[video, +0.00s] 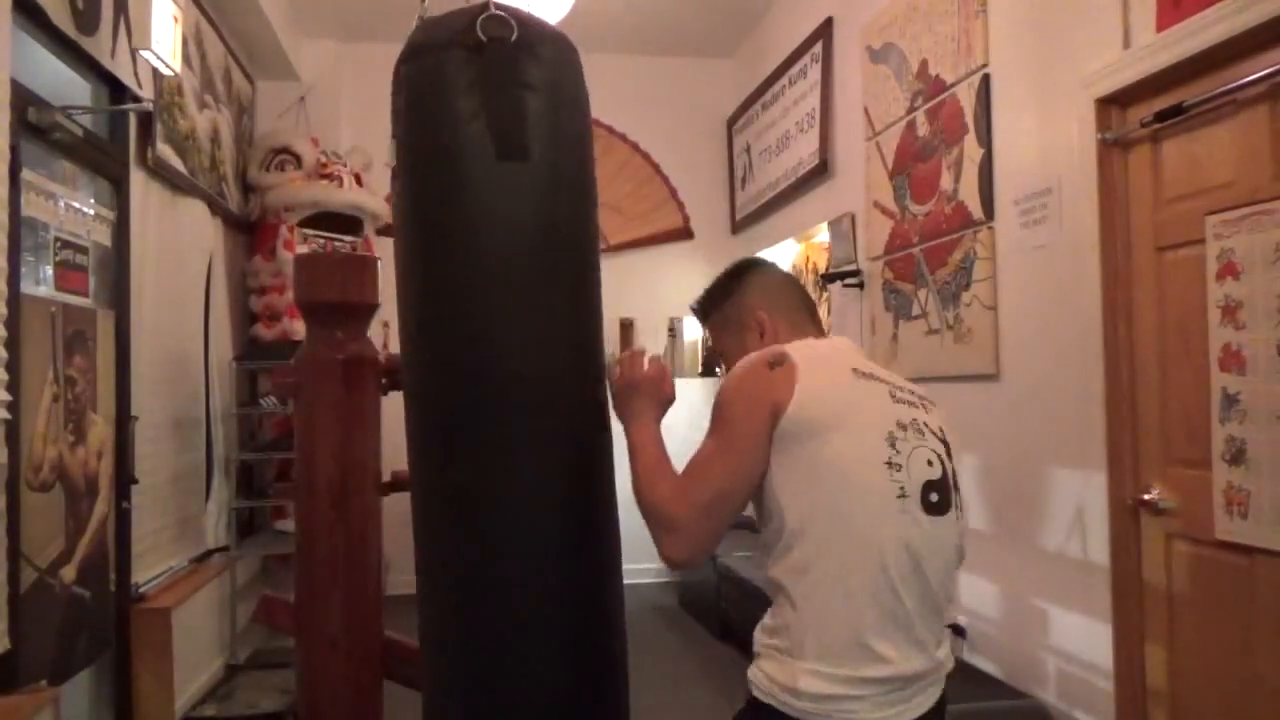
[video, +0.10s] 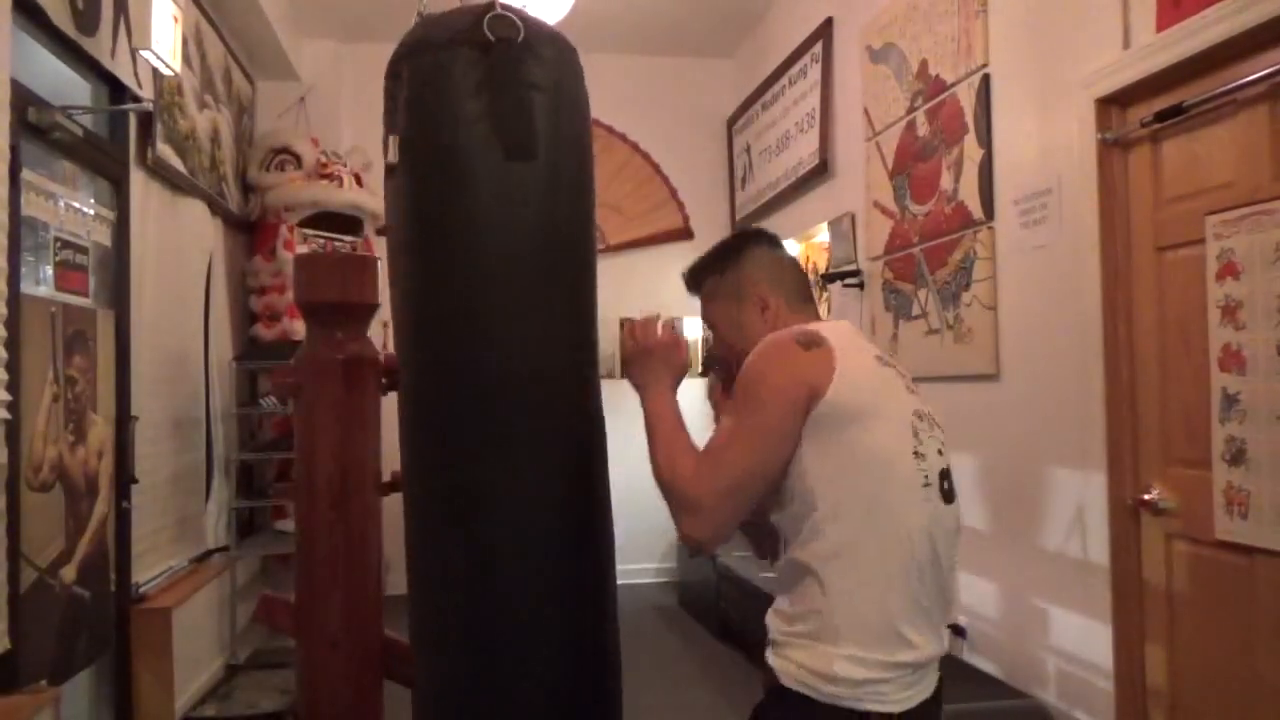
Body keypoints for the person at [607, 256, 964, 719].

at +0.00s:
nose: (728, 378)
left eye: (725, 362)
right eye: (722, 366)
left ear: (760, 330)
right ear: (813, 326)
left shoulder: (767, 376)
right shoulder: (899, 388)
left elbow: (680, 540)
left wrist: (640, 418)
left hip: (810, 704)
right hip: (922, 697)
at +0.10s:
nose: (715, 352)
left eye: (716, 330)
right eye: (710, 334)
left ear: (763, 307)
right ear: (779, 308)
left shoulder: (792, 355)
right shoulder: (865, 358)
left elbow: (700, 520)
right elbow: (774, 542)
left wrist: (655, 389)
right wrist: (730, 414)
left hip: (832, 697)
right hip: (912, 689)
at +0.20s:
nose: (698, 321)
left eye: (706, 299)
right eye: (698, 301)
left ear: (768, 292)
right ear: (771, 294)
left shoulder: (822, 346)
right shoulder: (837, 344)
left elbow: (740, 518)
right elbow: (726, 514)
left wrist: (673, 387)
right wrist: (697, 383)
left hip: (845, 692)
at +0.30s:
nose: (688, 306)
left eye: (697, 284)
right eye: (686, 286)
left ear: (766, 281)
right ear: (765, 284)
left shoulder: (847, 358)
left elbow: (804, 542)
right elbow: (669, 510)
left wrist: (684, 411)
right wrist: (672, 393)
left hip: (847, 692)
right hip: (788, 678)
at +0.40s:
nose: (668, 306)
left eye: (680, 283)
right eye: (666, 285)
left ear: (752, 276)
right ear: (751, 281)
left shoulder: (853, 362)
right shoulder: (736, 391)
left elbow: (820, 553)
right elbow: (642, 512)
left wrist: (682, 426)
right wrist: (651, 376)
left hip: (840, 694)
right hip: (763, 678)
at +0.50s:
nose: (644, 301)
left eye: (656, 278)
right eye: (641, 280)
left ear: (730, 270)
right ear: (729, 276)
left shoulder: (832, 363)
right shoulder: (713, 386)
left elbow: (793, 564)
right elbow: (609, 504)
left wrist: (654, 430)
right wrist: (625, 363)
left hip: (826, 698)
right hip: (751, 683)